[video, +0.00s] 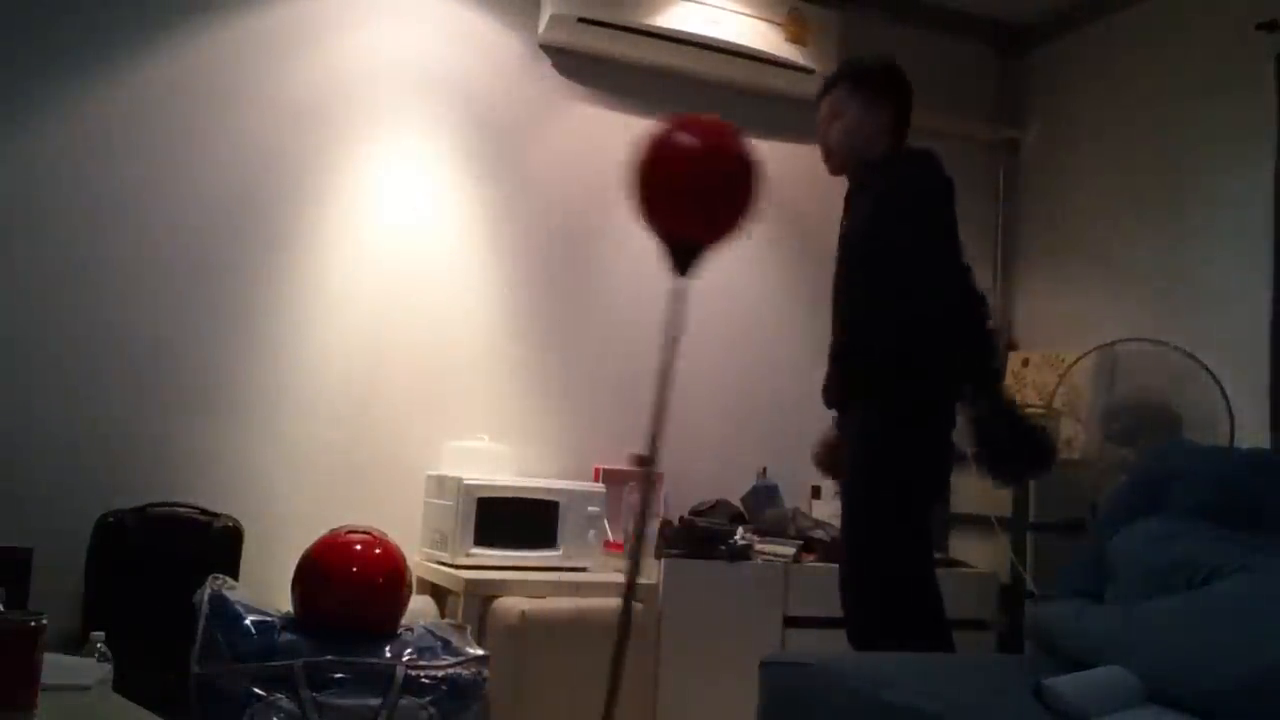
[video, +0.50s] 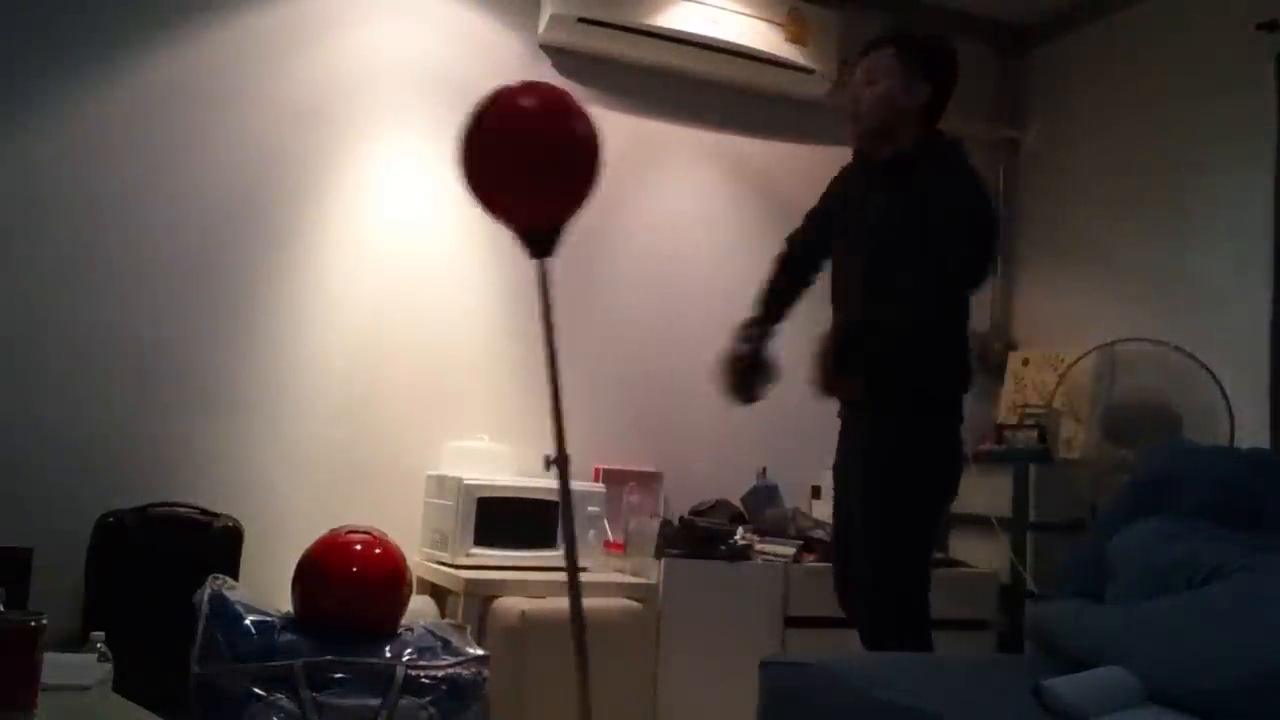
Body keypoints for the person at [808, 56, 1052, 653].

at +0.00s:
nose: (823, 133)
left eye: (834, 116)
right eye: (823, 118)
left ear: (875, 118)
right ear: (863, 121)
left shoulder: (905, 184)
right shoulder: (875, 190)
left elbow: (942, 301)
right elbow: (870, 318)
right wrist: (849, 424)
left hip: (902, 414)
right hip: (885, 413)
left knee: (884, 592)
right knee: (886, 589)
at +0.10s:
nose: (825, 122)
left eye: (838, 107)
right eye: (826, 108)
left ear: (881, 112)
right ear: (868, 115)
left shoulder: (917, 180)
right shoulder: (857, 191)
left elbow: (992, 276)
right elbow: (857, 297)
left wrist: (1022, 384)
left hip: (906, 410)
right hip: (868, 409)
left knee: (885, 580)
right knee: (876, 577)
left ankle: (921, 713)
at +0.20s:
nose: (828, 108)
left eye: (843, 96)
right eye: (831, 95)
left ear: (885, 105)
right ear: (870, 106)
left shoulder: (920, 179)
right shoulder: (855, 183)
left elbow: (1028, 245)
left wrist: (1036, 348)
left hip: (904, 407)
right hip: (861, 404)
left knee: (885, 582)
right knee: (879, 577)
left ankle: (917, 705)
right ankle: (910, 704)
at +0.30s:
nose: (835, 101)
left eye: (852, 88)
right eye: (838, 88)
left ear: (895, 100)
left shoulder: (927, 173)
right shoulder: (855, 175)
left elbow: (1043, 211)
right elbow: (856, 277)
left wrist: (1004, 324)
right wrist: (837, 356)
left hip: (907, 403)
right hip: (858, 401)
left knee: (890, 592)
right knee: (871, 586)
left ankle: (915, 710)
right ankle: (898, 709)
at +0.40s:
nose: (845, 96)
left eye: (862, 83)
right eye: (846, 83)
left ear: (906, 95)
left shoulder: (932, 165)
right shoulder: (855, 171)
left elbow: (1027, 209)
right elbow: (846, 268)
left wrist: (939, 299)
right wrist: (830, 339)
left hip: (911, 399)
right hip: (862, 397)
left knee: (889, 581)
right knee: (857, 575)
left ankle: (912, 703)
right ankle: (898, 701)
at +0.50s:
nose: (856, 96)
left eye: (873, 81)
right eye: (856, 82)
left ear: (917, 94)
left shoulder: (948, 176)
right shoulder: (859, 177)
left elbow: (955, 275)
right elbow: (804, 253)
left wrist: (861, 345)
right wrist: (758, 329)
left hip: (920, 408)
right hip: (866, 406)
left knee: (891, 590)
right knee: (857, 583)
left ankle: (913, 714)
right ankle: (899, 709)